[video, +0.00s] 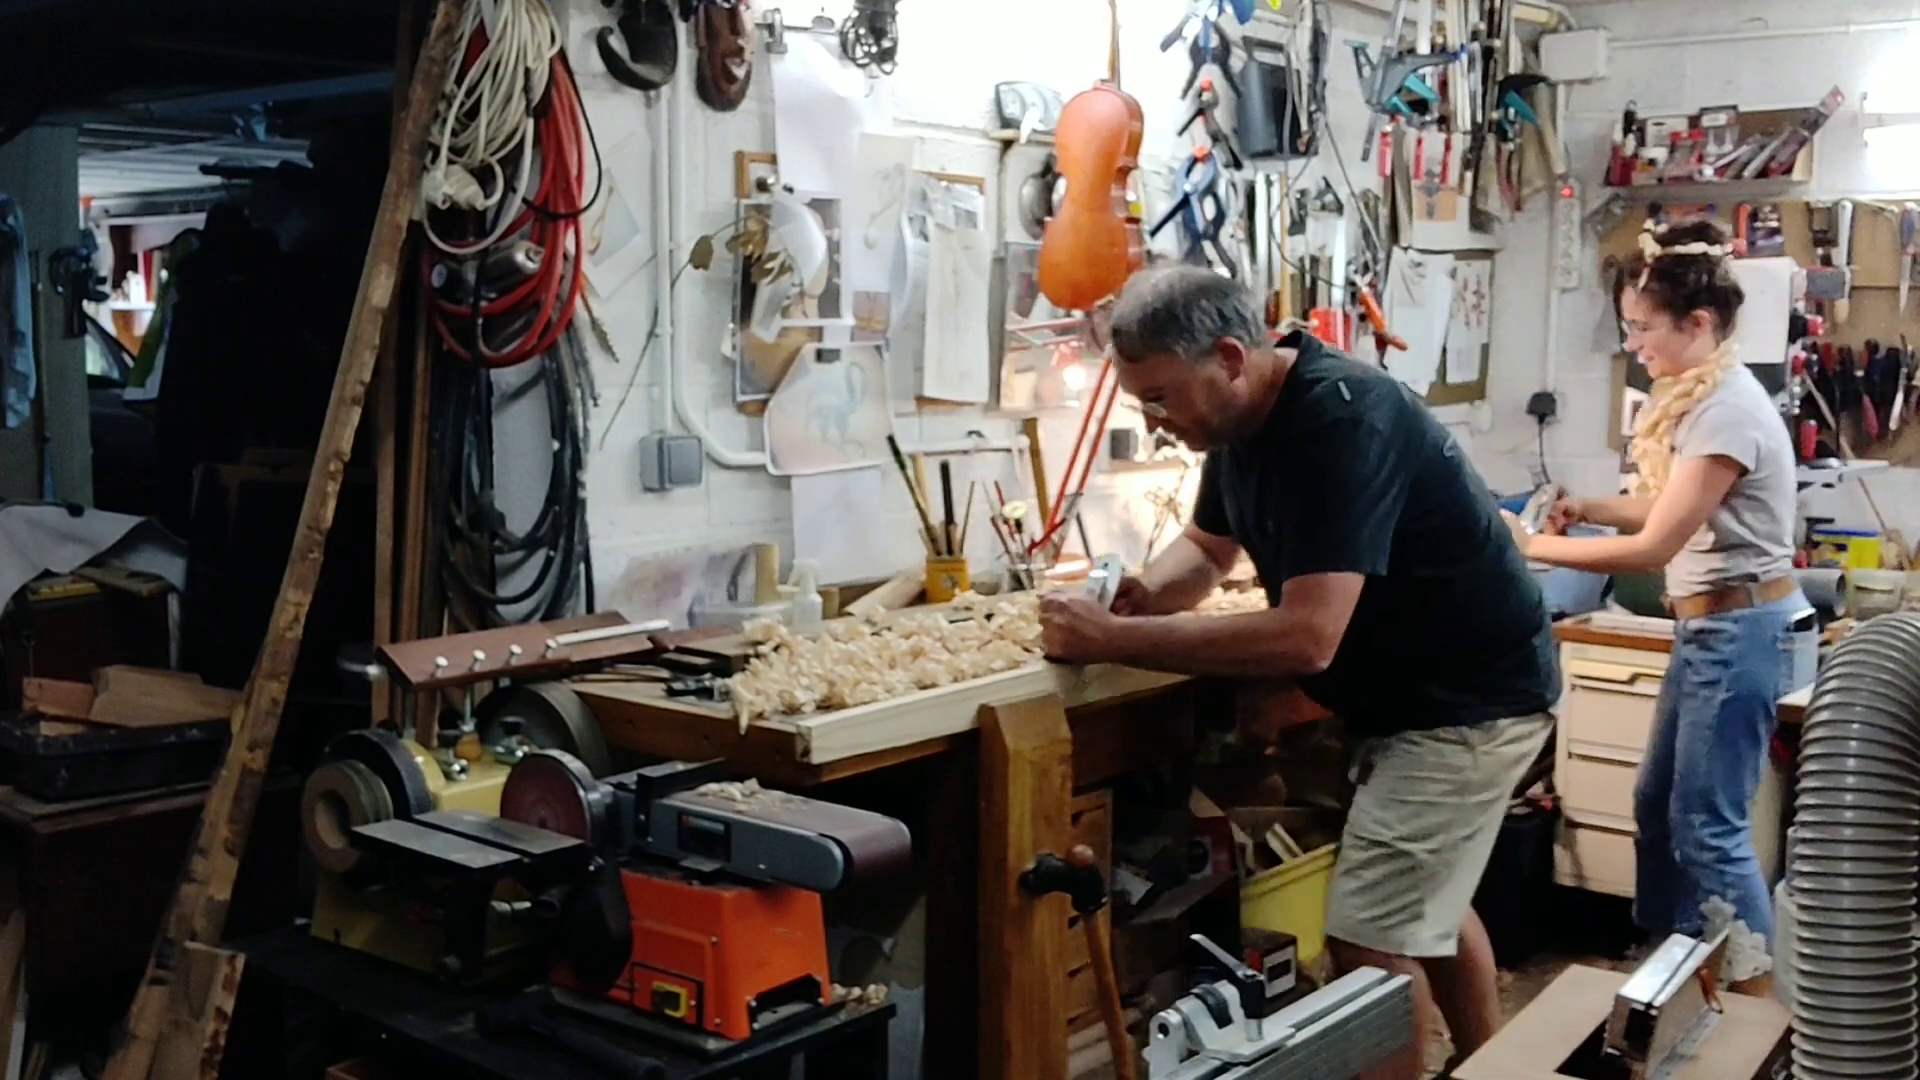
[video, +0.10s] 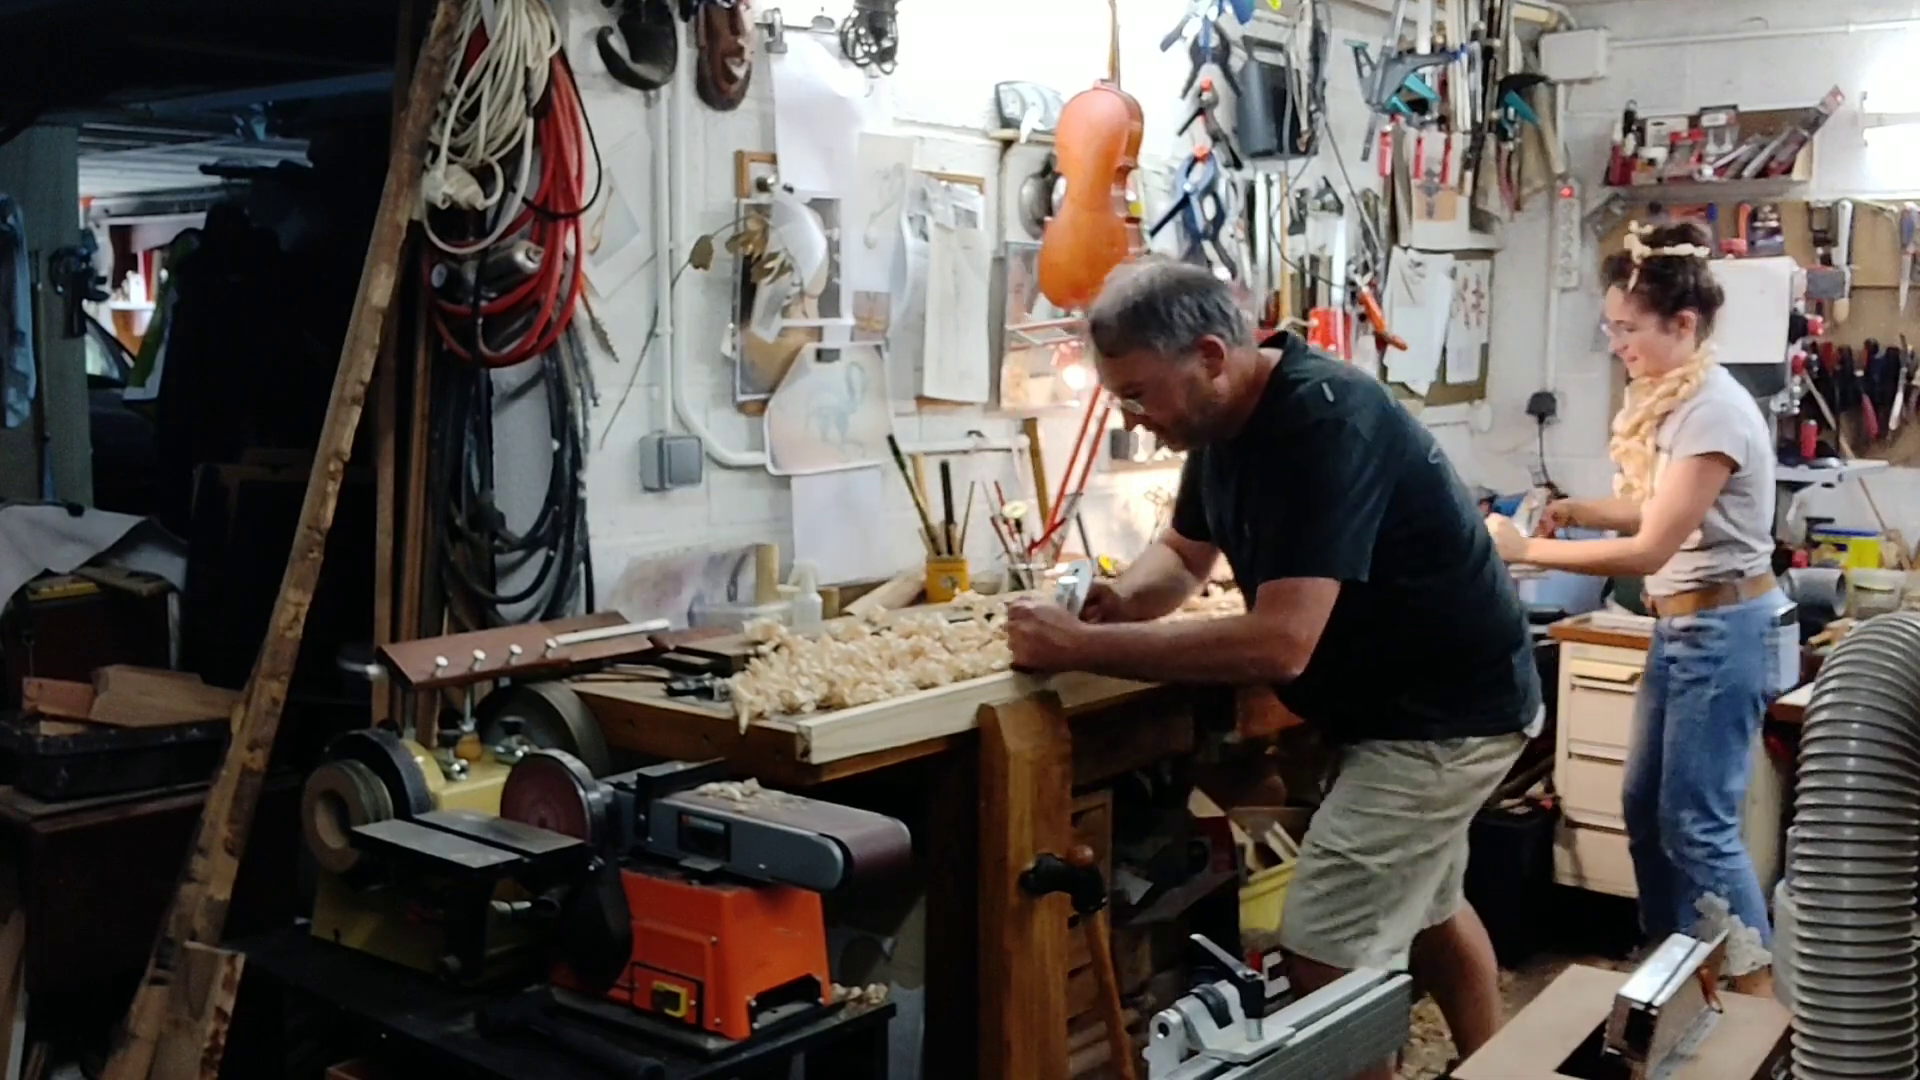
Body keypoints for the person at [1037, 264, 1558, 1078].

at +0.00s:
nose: (1154, 421)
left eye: (1160, 399)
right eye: (1143, 403)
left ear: (1229, 358)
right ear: (1225, 357)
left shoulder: (1345, 417)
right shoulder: (1244, 420)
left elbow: (1308, 636)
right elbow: (1207, 547)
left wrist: (1116, 638)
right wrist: (1146, 598)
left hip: (1475, 698)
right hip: (1400, 695)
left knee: (1367, 940)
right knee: (1434, 902)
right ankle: (1485, 1062)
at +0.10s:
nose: (1135, 420)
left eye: (1140, 397)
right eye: (1123, 401)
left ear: (1211, 358)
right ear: (1208, 355)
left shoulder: (1328, 419)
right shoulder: (1226, 418)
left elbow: (1280, 642)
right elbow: (1186, 551)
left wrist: (1085, 647)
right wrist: (1123, 599)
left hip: (1447, 712)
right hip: (1381, 706)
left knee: (1321, 949)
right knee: (1433, 909)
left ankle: (1365, 1072)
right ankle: (1490, 1063)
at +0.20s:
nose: (1102, 415)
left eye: (1110, 395)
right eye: (1092, 396)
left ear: (1183, 357)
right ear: (1180, 355)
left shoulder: (1297, 417)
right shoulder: (1205, 412)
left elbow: (1252, 650)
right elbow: (1168, 551)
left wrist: (1052, 654)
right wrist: (1105, 602)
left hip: (1437, 715)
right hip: (1357, 711)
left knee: (1307, 959)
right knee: (1399, 904)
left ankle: (1372, 1069)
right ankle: (1476, 1063)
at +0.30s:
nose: (1073, 420)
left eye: (1080, 394)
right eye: (1062, 401)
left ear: (1153, 353)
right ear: (1152, 354)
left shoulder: (1272, 413)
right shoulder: (1180, 415)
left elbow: (1225, 655)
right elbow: (1145, 558)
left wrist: (1020, 661)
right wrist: (1073, 613)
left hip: (1415, 730)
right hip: (1329, 726)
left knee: (1305, 975)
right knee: (1351, 952)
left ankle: (1422, 1063)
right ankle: (1437, 1065)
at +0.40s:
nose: (1043, 421)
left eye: (1048, 396)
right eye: (1033, 403)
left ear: (1123, 355)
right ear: (1124, 355)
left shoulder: (1248, 414)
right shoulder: (1158, 411)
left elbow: (1203, 663)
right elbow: (1137, 552)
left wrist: (998, 666)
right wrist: (1059, 614)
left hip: (1398, 743)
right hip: (1297, 732)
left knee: (1331, 1028)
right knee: (1260, 996)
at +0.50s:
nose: (1021, 425)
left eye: (1026, 397)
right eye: (1010, 405)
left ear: (1101, 354)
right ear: (1102, 353)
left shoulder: (1230, 411)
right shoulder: (1137, 408)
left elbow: (1185, 663)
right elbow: (1115, 553)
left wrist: (975, 669)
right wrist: (1037, 616)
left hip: (1383, 752)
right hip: (1283, 741)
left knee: (1326, 1033)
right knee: (1242, 1009)